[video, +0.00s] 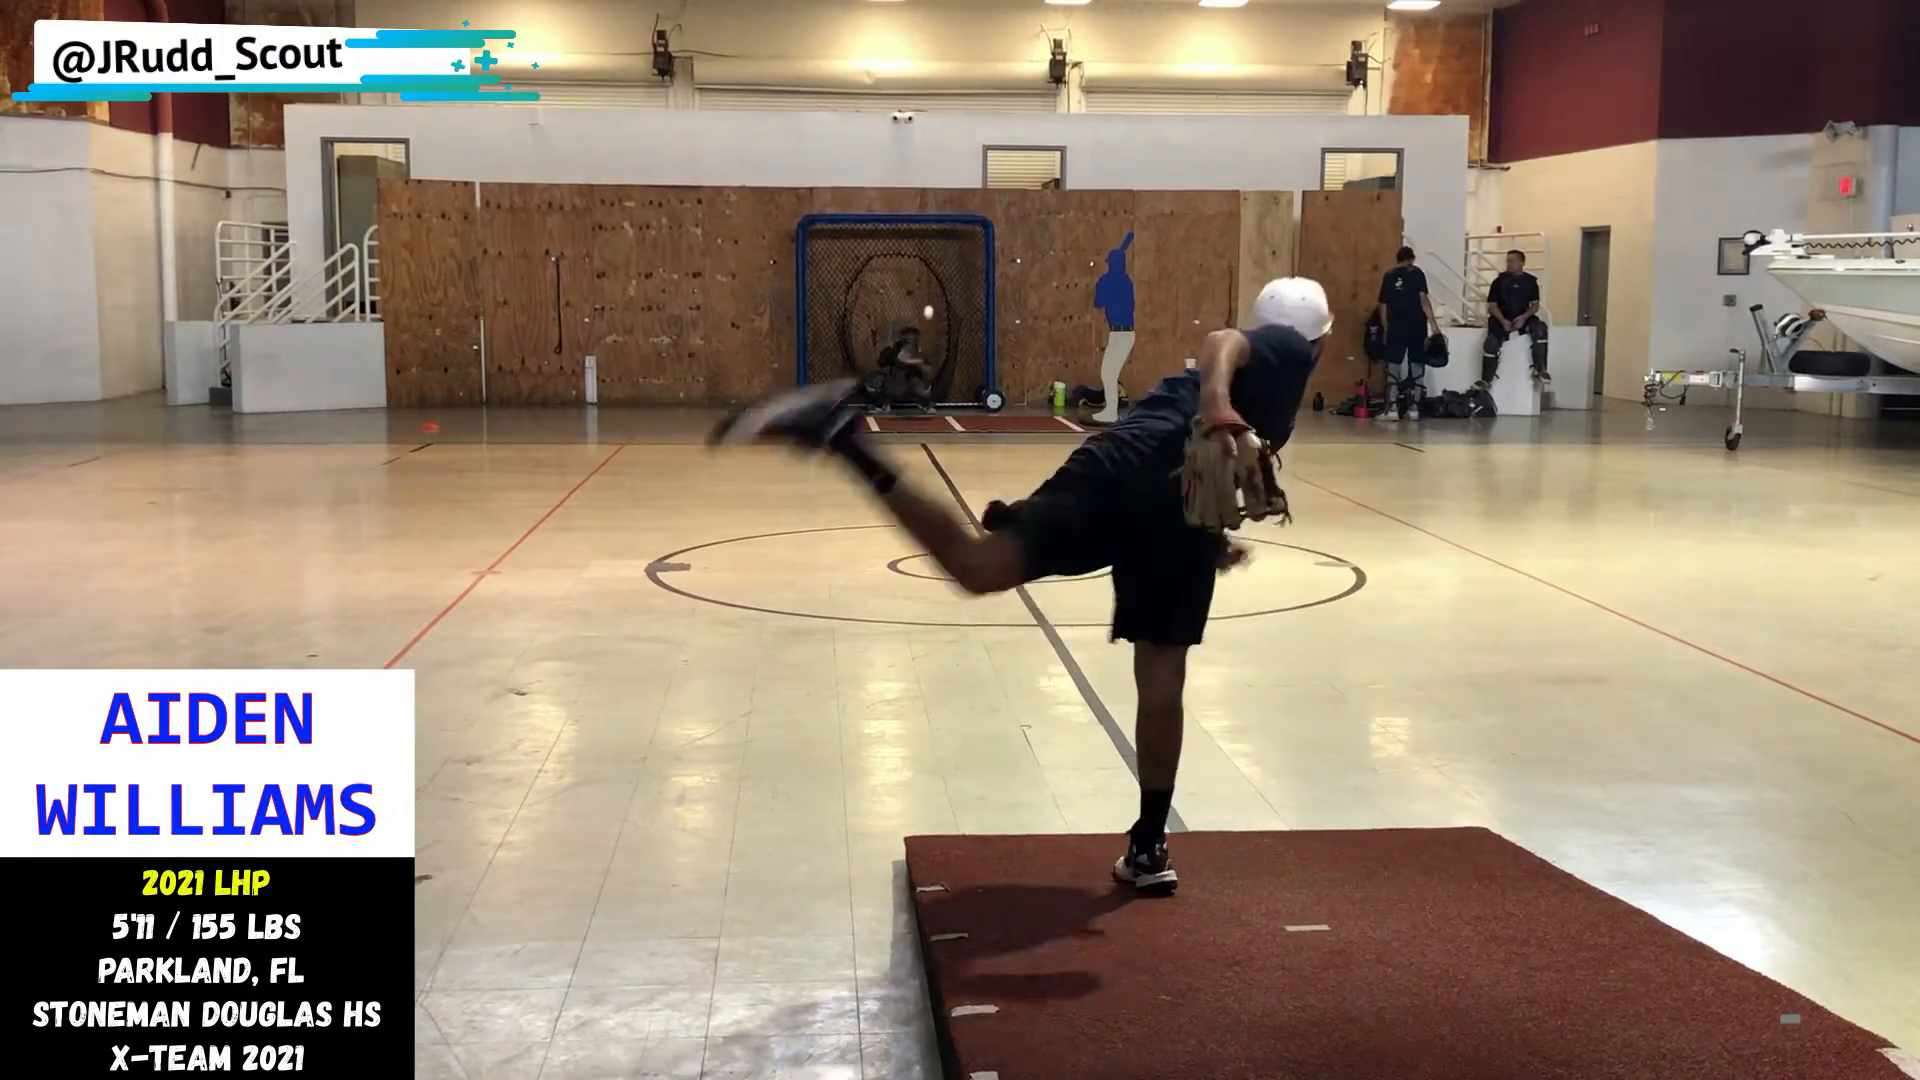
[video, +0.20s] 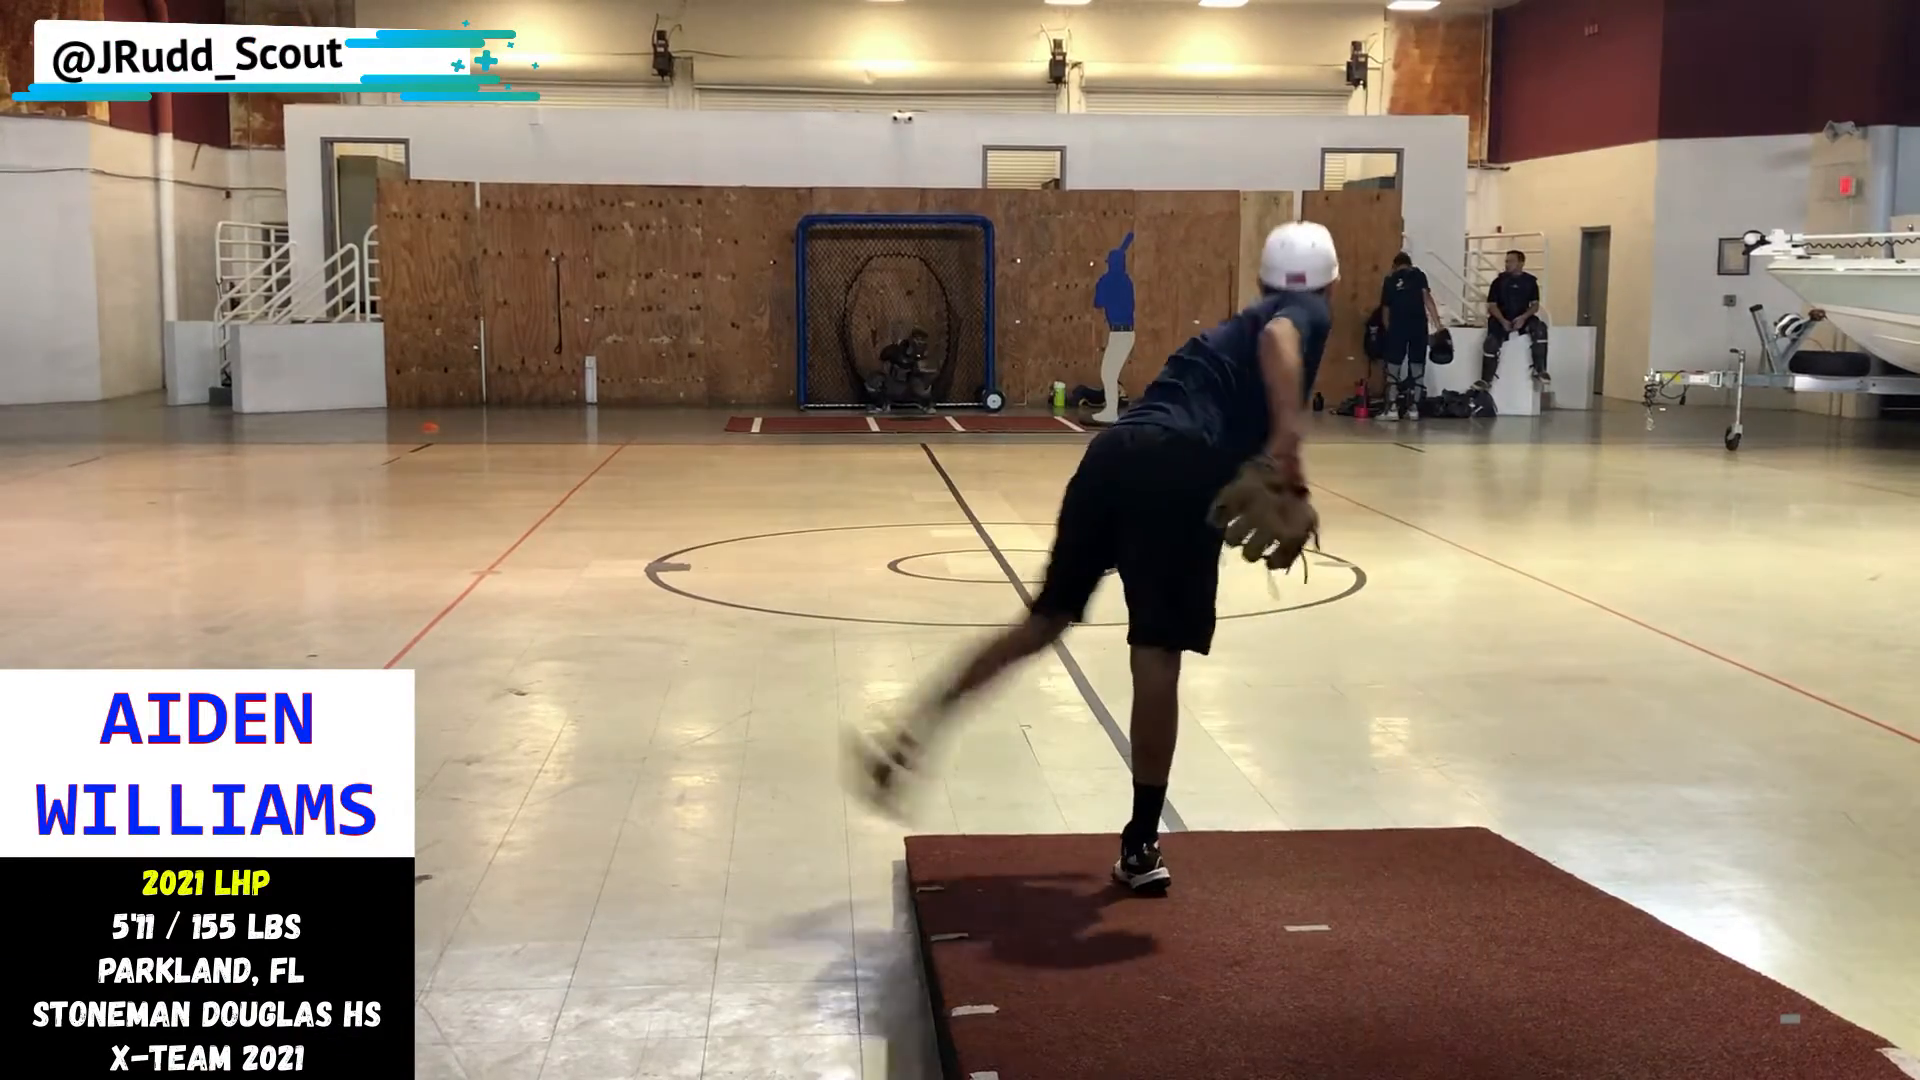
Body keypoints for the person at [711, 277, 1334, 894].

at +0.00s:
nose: (1316, 340)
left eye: (1307, 335)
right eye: (1319, 333)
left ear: (1258, 316)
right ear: (1315, 332)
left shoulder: (1228, 362)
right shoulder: (1292, 348)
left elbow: (1165, 451)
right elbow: (1218, 341)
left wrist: (1212, 541)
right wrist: (1216, 404)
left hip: (1112, 473)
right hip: (1176, 495)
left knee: (978, 566)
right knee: (1161, 677)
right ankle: (1149, 843)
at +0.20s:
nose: (1331, 291)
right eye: (1333, 283)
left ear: (1267, 277)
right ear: (1329, 282)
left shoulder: (1241, 325)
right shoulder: (1309, 304)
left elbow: (1221, 421)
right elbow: (1278, 339)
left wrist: (1275, 497)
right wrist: (1288, 442)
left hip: (1110, 458)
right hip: (1177, 475)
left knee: (1046, 617)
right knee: (1155, 664)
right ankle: (1141, 844)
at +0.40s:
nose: (1313, 241)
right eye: (1314, 230)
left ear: (1248, 230)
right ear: (1310, 232)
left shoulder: (1215, 289)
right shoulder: (1291, 270)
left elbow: (1176, 386)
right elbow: (1297, 320)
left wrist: (1247, 451)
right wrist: (1336, 425)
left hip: (1150, 477)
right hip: (1212, 482)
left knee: (1195, 652)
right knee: (1189, 658)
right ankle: (1142, 827)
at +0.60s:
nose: (1297, 215)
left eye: (1287, 206)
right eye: (1297, 206)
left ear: (1229, 208)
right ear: (1291, 207)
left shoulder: (1186, 286)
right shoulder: (1289, 264)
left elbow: (1196, 391)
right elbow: (1305, 323)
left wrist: (1268, 442)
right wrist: (1358, 423)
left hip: (1188, 490)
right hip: (1256, 489)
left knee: (1224, 639)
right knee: (1298, 628)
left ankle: (1217, 810)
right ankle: (1233, 753)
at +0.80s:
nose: (1286, 206)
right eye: (1292, 197)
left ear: (1229, 198)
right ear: (1292, 201)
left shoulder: (1188, 280)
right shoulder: (1311, 270)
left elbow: (1182, 390)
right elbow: (1333, 366)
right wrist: (1377, 436)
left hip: (1209, 498)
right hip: (1294, 497)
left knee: (1225, 647)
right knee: (1308, 635)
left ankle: (1220, 805)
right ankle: (1320, 790)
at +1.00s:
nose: (1249, 211)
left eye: (1244, 202)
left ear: (1243, 209)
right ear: (1307, 209)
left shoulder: (1212, 287)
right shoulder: (1349, 287)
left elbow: (1167, 382)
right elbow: (1385, 389)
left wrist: (1150, 445)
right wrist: (1377, 449)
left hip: (1225, 501)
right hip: (1309, 504)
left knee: (1225, 639)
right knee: (1310, 648)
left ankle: (1224, 776)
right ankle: (1315, 792)